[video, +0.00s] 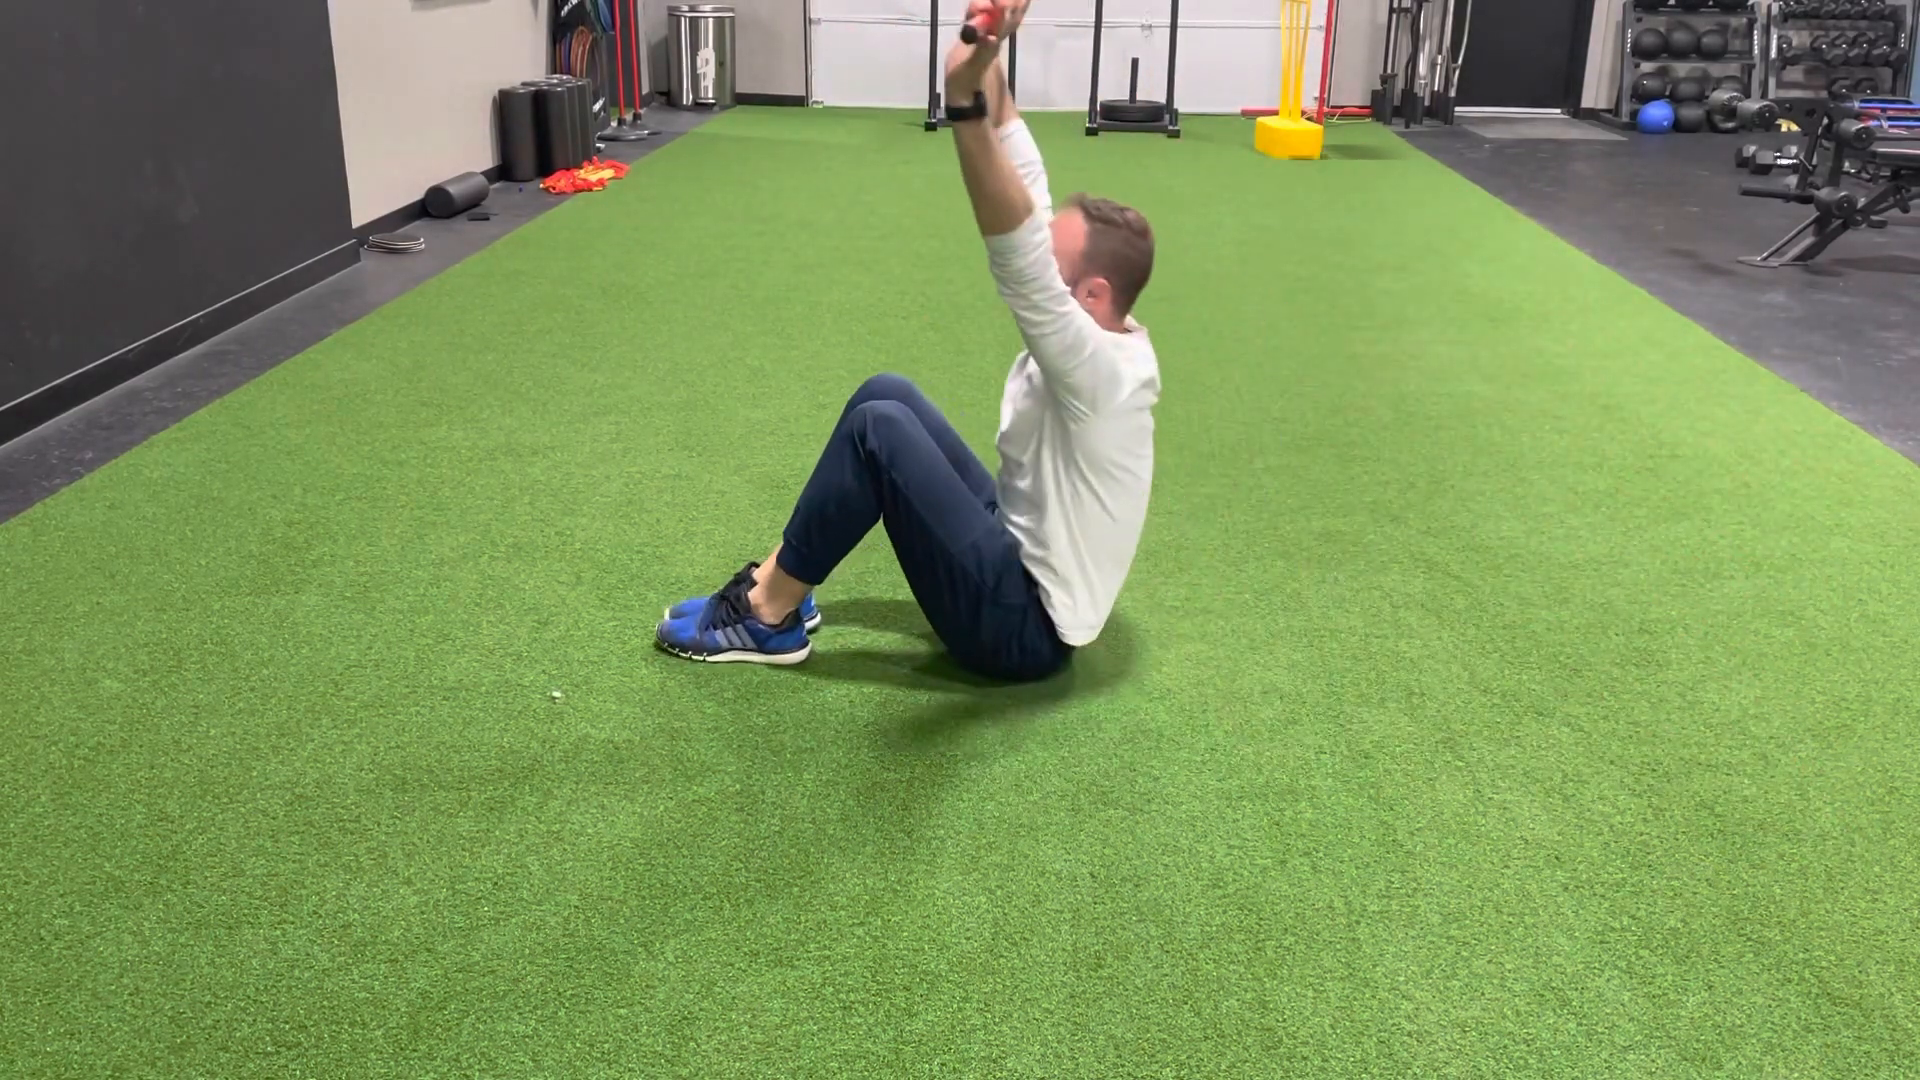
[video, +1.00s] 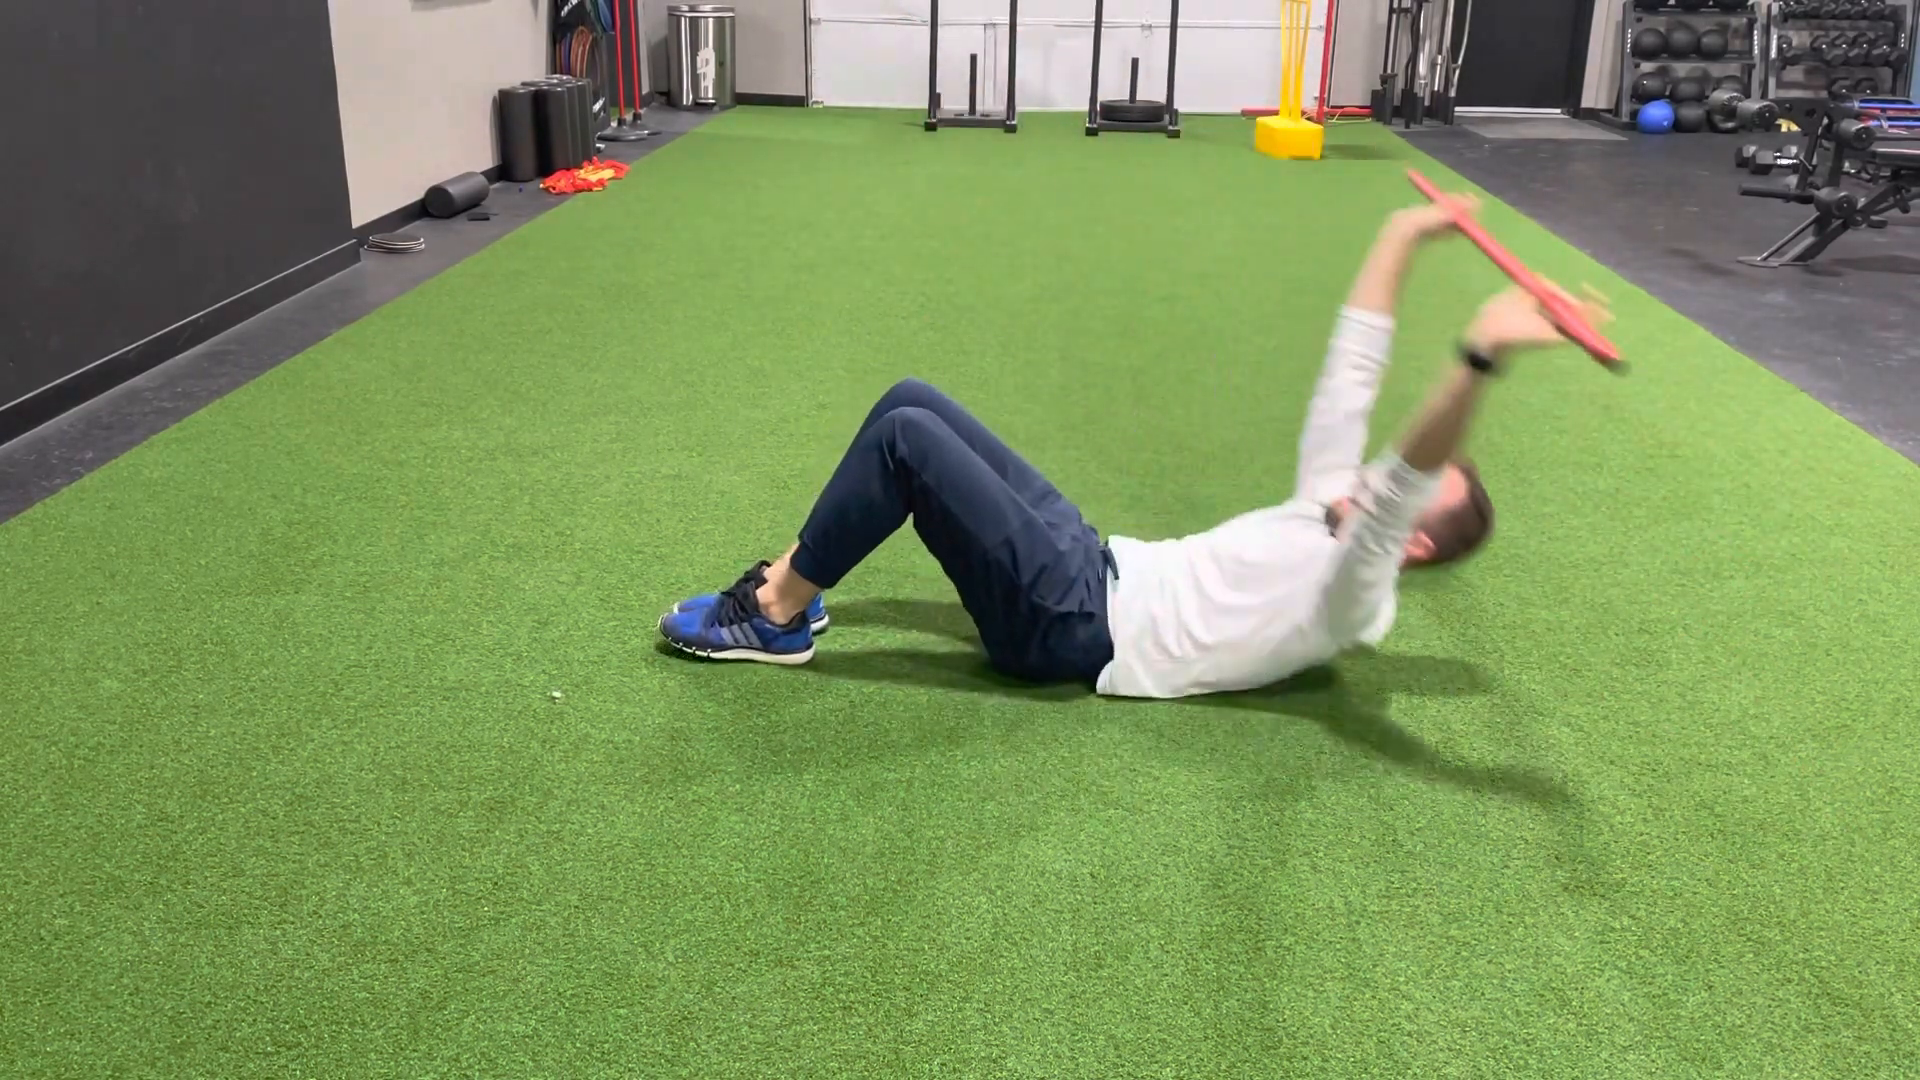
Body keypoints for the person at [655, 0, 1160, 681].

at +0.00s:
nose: (1039, 275)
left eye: (1053, 264)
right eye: (1043, 255)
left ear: (1092, 298)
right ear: (1092, 297)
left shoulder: (1097, 370)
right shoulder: (1092, 336)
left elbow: (1021, 268)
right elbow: (1035, 206)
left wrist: (965, 107)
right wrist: (993, 73)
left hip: (1026, 619)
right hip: (1027, 559)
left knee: (880, 433)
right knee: (885, 398)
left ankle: (769, 612)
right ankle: (782, 585)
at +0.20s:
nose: (1030, 277)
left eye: (1045, 266)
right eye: (1035, 258)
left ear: (1087, 295)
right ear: (1087, 295)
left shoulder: (1092, 369)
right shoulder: (1086, 337)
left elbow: (1009, 266)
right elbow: (1017, 190)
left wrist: (943, 112)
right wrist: (974, 56)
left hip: (1021, 619)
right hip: (1025, 556)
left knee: (875, 433)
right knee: (883, 397)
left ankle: (766, 612)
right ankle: (781, 587)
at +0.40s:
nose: (1081, 291)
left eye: (1095, 282)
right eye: (1084, 273)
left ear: (1136, 316)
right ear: (1136, 315)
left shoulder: (1139, 394)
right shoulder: (1135, 359)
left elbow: (1064, 290)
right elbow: (1068, 224)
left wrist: (1009, 131)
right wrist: (1028, 94)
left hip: (1034, 624)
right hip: (1033, 559)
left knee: (879, 431)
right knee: (884, 399)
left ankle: (769, 611)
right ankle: (776, 586)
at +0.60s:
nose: (1160, 309)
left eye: (1177, 305)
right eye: (1166, 291)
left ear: (1220, 349)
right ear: (1219, 347)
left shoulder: (1206, 432)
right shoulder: (1196, 393)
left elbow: (1140, 324)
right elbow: (1144, 276)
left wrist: (1096, 166)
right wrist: (1113, 137)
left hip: (1047, 621)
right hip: (1051, 555)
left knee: (887, 434)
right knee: (895, 400)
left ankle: (773, 615)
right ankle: (777, 584)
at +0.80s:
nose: (1267, 362)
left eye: (1288, 364)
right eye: (1282, 349)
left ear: (1308, 421)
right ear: (1295, 404)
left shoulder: (1283, 501)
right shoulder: (1247, 434)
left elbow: (1244, 382)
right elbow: (1213, 318)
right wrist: (1215, 153)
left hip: (1061, 621)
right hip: (1065, 561)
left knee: (889, 437)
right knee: (899, 403)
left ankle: (768, 614)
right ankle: (781, 592)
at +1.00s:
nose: (1413, 473)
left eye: (1434, 489)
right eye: (1424, 471)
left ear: (1432, 539)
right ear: (1395, 483)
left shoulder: (1353, 592)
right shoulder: (1325, 518)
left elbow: (1412, 469)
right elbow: (1353, 372)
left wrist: (1480, 354)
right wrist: (1400, 232)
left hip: (1084, 621)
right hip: (1092, 561)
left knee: (907, 435)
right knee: (909, 399)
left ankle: (776, 609)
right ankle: (789, 584)